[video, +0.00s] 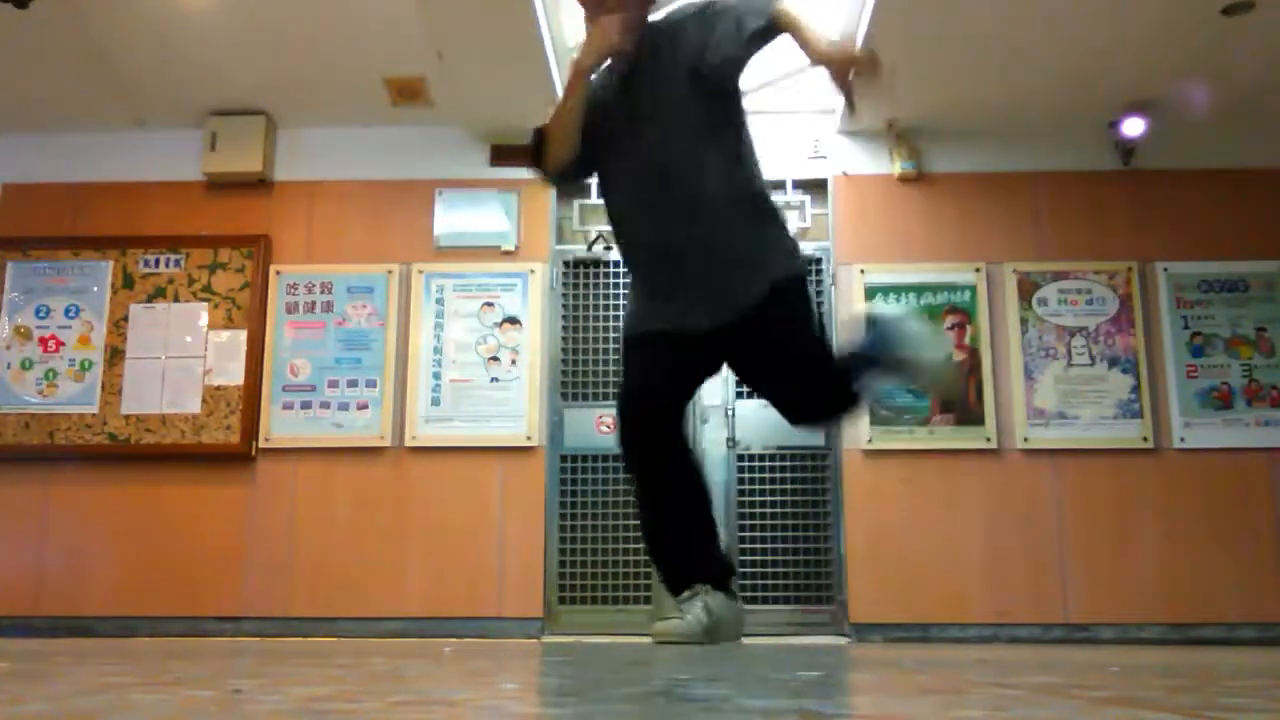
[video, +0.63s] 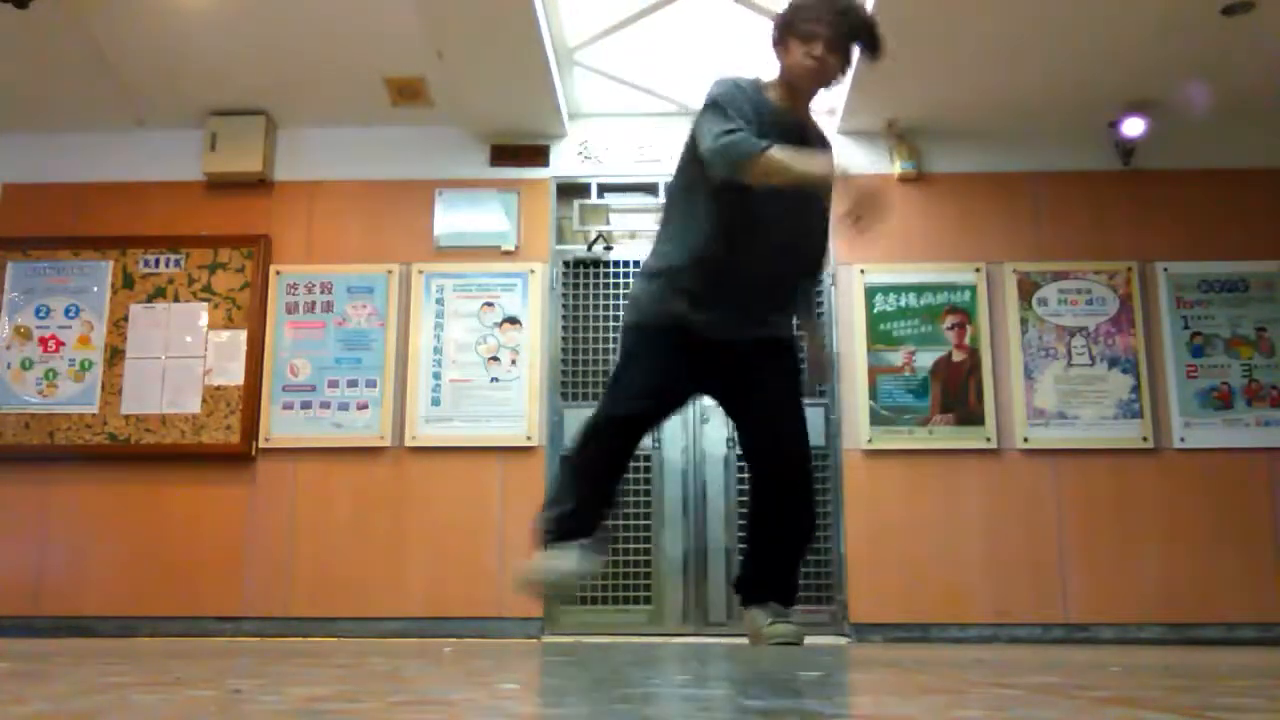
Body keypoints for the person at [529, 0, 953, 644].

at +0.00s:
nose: (603, 14)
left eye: (611, 4)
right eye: (594, 9)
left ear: (639, 2)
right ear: (587, 20)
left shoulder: (684, 34)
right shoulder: (595, 101)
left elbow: (766, 10)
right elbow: (555, 162)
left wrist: (820, 49)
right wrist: (582, 68)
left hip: (750, 270)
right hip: (668, 294)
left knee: (812, 400)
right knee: (646, 430)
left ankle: (882, 348)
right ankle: (707, 595)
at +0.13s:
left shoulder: (737, 8)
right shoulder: (612, 42)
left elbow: (836, 31)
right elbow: (578, 131)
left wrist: (842, 140)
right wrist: (617, 31)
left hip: (759, 228)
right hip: (671, 243)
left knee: (778, 367)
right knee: (675, 417)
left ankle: (785, 452)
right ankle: (692, 574)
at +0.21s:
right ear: (635, 1)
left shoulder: (746, 28)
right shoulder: (617, 58)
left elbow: (844, 76)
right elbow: (594, 128)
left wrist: (829, 177)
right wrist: (633, 42)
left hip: (759, 248)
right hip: (671, 258)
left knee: (763, 403)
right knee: (676, 419)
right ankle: (683, 579)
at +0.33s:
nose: (723, 16)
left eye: (733, 8)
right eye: (710, 6)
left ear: (746, 12)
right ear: (690, 7)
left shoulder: (776, 77)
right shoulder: (648, 74)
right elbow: (639, 135)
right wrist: (694, 56)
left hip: (759, 270)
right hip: (672, 277)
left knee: (750, 422)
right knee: (670, 437)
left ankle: (751, 577)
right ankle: (693, 586)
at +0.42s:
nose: (757, 12)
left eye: (770, 6)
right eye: (749, 1)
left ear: (784, 12)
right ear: (726, 2)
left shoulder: (790, 85)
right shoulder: (678, 62)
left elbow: (778, 189)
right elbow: (678, 124)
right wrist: (750, 63)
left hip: (752, 284)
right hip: (666, 281)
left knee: (758, 431)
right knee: (642, 419)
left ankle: (764, 575)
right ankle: (652, 562)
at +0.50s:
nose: (787, 29)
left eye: (799, 19)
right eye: (776, 14)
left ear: (811, 29)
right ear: (749, 12)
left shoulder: (806, 109)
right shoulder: (705, 79)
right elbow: (700, 136)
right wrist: (772, 105)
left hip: (758, 301)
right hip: (669, 289)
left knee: (777, 450)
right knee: (612, 399)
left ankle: (767, 598)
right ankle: (574, 568)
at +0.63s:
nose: (821, 56)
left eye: (835, 50)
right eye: (811, 41)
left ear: (845, 68)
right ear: (782, 44)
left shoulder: (816, 150)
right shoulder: (734, 97)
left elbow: (804, 262)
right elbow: (729, 155)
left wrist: (812, 338)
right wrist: (835, 177)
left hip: (759, 332)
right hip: (676, 315)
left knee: (785, 463)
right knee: (623, 416)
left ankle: (766, 600)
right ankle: (565, 541)